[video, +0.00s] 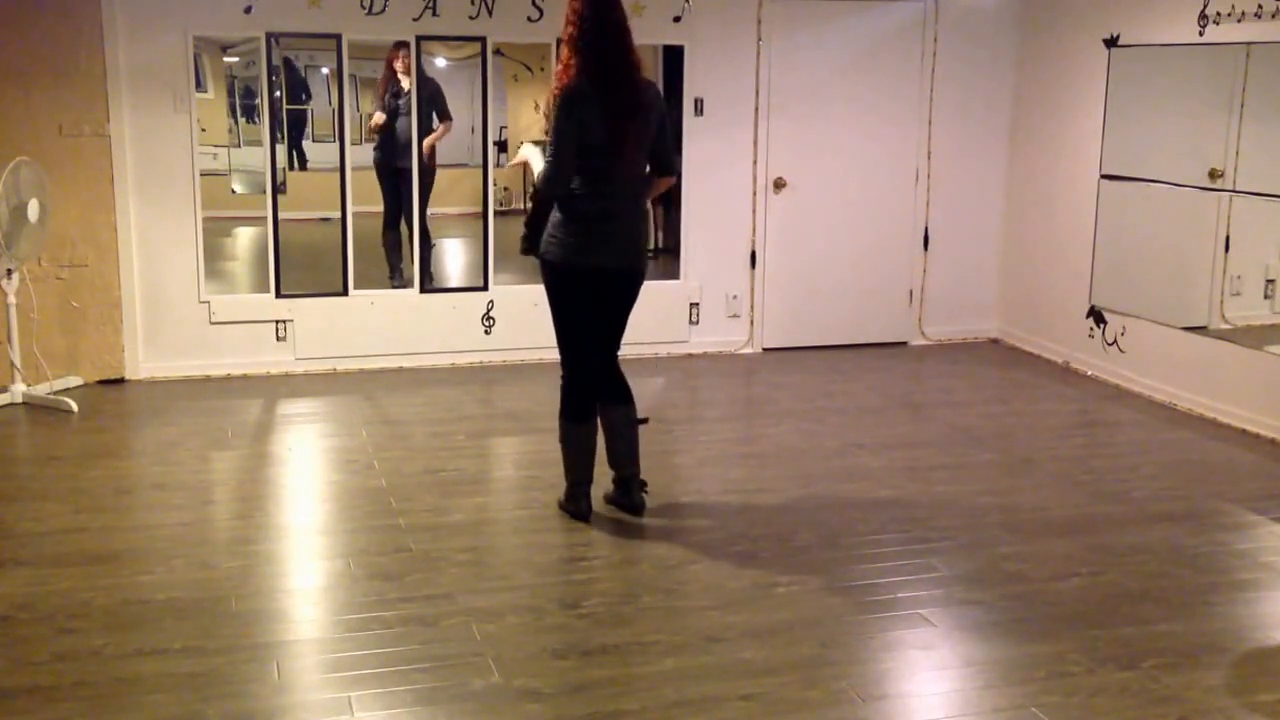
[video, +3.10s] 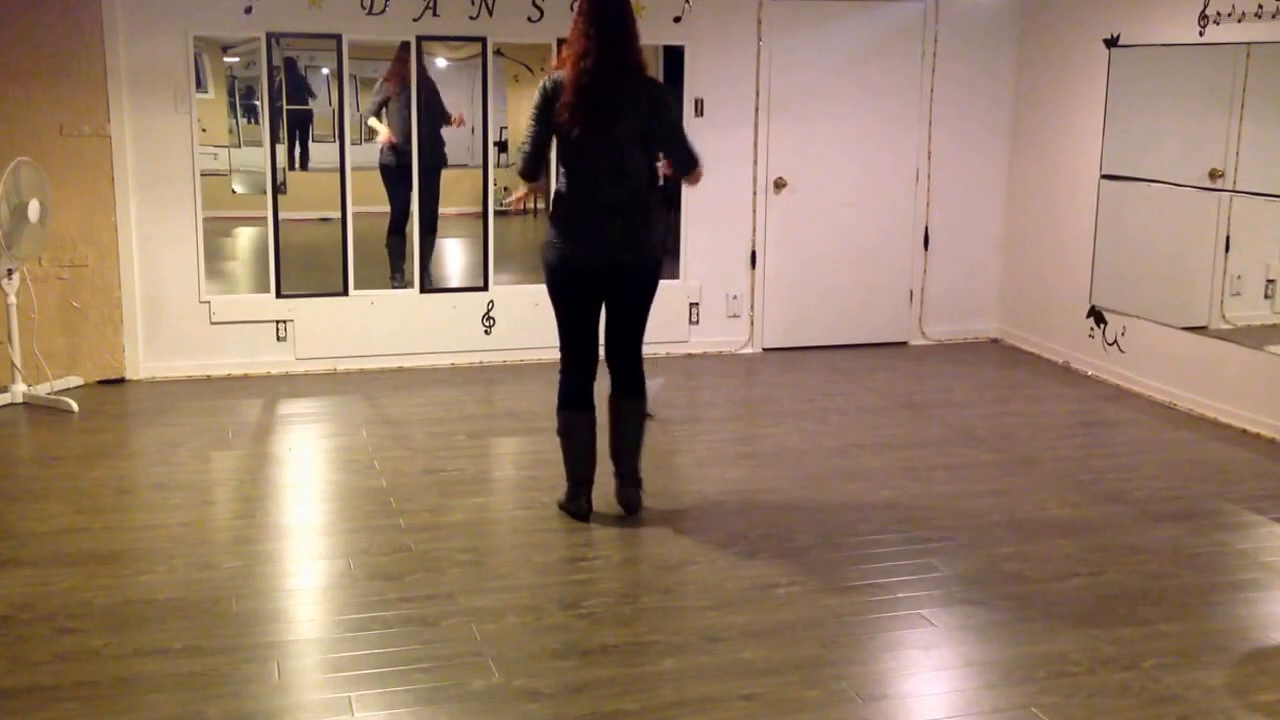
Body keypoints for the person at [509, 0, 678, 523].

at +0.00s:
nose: (563, 40)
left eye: (567, 33)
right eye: (568, 31)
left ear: (574, 39)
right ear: (623, 37)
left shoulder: (569, 97)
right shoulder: (648, 95)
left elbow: (556, 178)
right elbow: (669, 170)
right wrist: (635, 201)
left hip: (569, 249)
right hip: (627, 250)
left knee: (577, 365)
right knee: (606, 358)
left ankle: (578, 493)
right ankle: (629, 482)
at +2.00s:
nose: (566, 41)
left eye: (570, 32)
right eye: (571, 32)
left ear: (577, 39)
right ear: (626, 35)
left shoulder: (567, 94)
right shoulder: (653, 94)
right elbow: (695, 166)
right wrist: (656, 163)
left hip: (562, 254)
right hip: (626, 259)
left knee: (566, 365)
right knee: (612, 359)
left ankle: (578, 493)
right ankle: (631, 485)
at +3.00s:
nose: (572, 31)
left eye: (575, 23)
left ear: (575, 31)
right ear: (628, 32)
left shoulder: (551, 86)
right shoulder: (647, 89)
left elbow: (521, 166)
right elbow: (699, 153)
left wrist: (552, 180)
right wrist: (676, 161)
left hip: (576, 248)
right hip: (640, 248)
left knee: (579, 364)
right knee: (633, 358)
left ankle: (579, 492)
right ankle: (634, 484)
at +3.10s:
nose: (572, 34)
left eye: (576, 26)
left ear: (578, 34)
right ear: (630, 35)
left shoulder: (555, 90)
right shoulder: (651, 93)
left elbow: (532, 168)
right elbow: (688, 167)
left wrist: (533, 187)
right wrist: (666, 165)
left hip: (572, 252)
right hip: (636, 254)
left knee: (576, 365)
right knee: (627, 359)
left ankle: (578, 493)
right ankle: (628, 485)